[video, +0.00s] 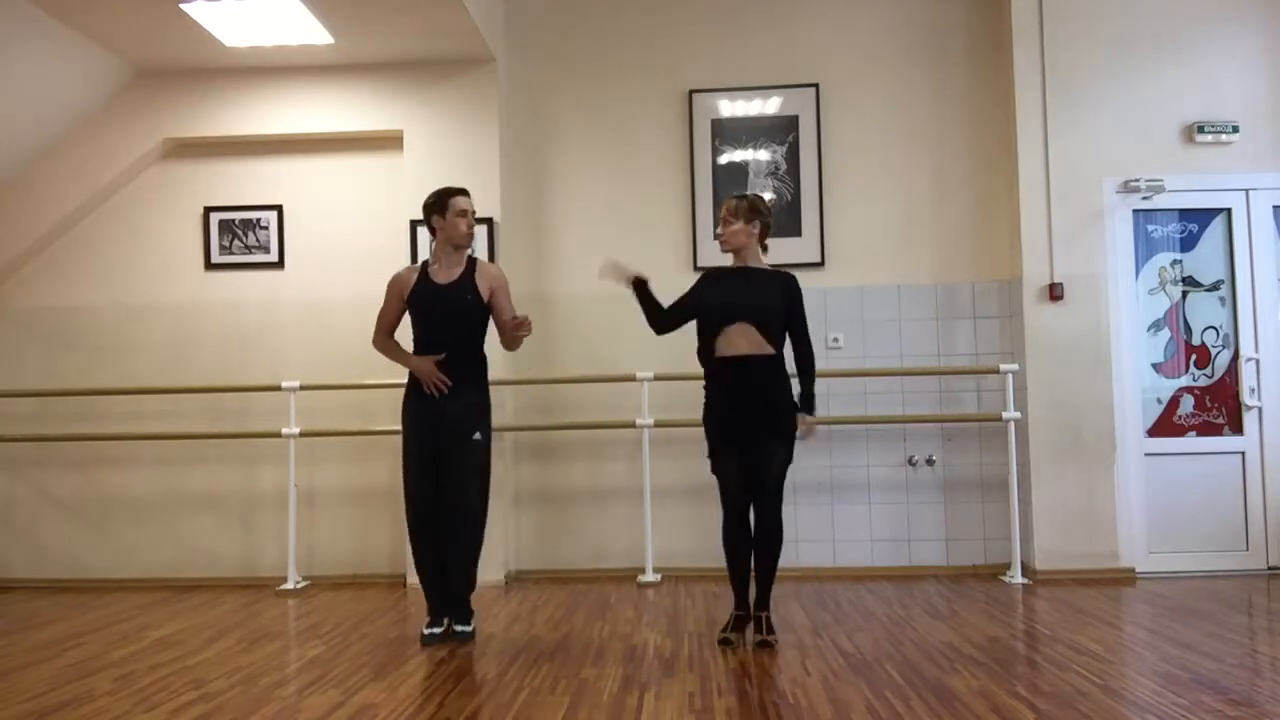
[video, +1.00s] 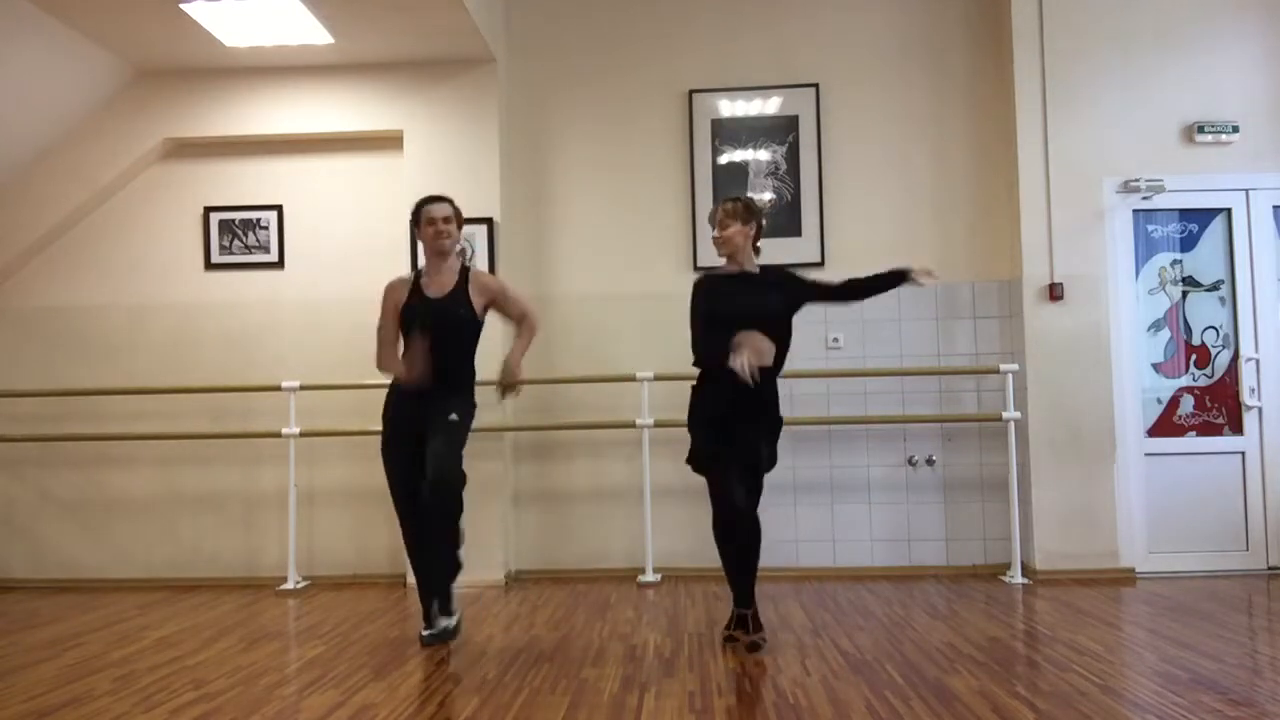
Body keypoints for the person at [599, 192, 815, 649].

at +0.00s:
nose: (721, 228)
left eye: (730, 221)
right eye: (720, 222)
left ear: (756, 228)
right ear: (729, 231)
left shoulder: (782, 283)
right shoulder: (711, 283)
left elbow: (802, 346)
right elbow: (661, 323)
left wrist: (806, 403)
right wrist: (638, 284)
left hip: (773, 402)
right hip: (725, 402)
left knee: (768, 506)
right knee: (734, 507)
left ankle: (762, 609)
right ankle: (740, 608)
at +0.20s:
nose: (721, 228)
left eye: (731, 221)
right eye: (721, 222)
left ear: (757, 228)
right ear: (728, 230)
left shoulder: (783, 282)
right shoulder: (712, 283)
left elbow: (803, 346)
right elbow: (671, 334)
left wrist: (817, 405)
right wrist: (635, 303)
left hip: (771, 398)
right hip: (723, 398)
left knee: (768, 506)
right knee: (734, 506)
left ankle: (762, 608)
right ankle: (739, 608)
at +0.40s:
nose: (720, 227)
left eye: (729, 220)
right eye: (720, 221)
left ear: (755, 227)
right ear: (731, 230)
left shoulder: (783, 281)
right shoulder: (712, 282)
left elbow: (799, 345)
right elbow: (671, 332)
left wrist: (806, 402)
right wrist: (636, 299)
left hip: (772, 397)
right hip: (725, 396)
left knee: (770, 506)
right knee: (734, 506)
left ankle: (764, 609)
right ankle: (741, 609)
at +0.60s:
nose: (719, 227)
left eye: (729, 220)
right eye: (719, 221)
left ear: (754, 226)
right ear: (727, 230)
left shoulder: (782, 281)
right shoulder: (712, 281)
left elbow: (795, 344)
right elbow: (673, 333)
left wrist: (802, 399)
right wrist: (637, 302)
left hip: (772, 397)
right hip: (725, 397)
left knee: (770, 507)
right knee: (734, 507)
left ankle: (764, 609)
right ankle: (742, 608)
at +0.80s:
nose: (716, 223)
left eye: (725, 215)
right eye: (716, 216)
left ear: (752, 223)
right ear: (728, 226)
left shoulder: (783, 277)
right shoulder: (707, 274)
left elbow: (835, 322)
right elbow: (672, 318)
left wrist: (886, 357)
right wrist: (674, 273)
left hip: (765, 395)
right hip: (716, 395)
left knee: (763, 504)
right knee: (729, 503)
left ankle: (764, 607)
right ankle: (737, 606)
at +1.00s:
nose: (718, 232)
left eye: (727, 225)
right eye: (716, 226)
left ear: (752, 230)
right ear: (716, 233)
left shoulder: (782, 283)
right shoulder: (707, 286)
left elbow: (844, 291)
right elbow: (701, 349)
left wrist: (902, 275)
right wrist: (734, 345)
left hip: (758, 410)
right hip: (712, 408)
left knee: (743, 508)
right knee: (727, 507)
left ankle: (744, 609)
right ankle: (744, 609)